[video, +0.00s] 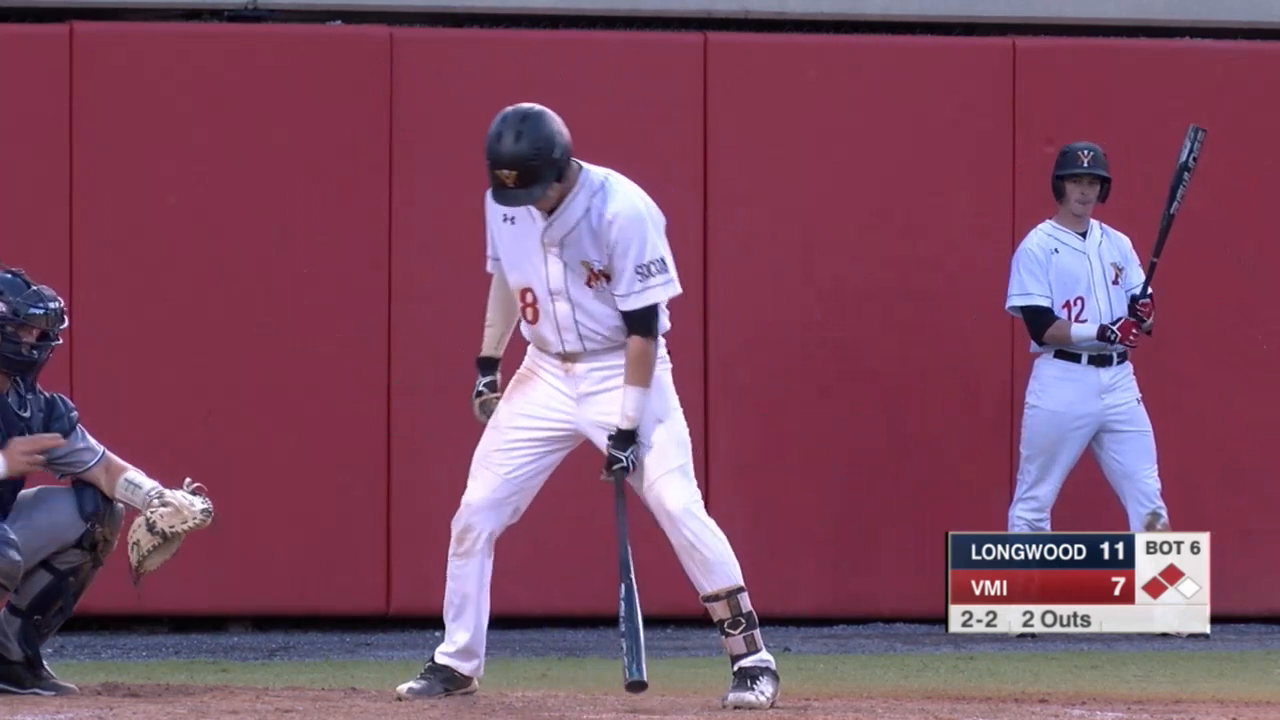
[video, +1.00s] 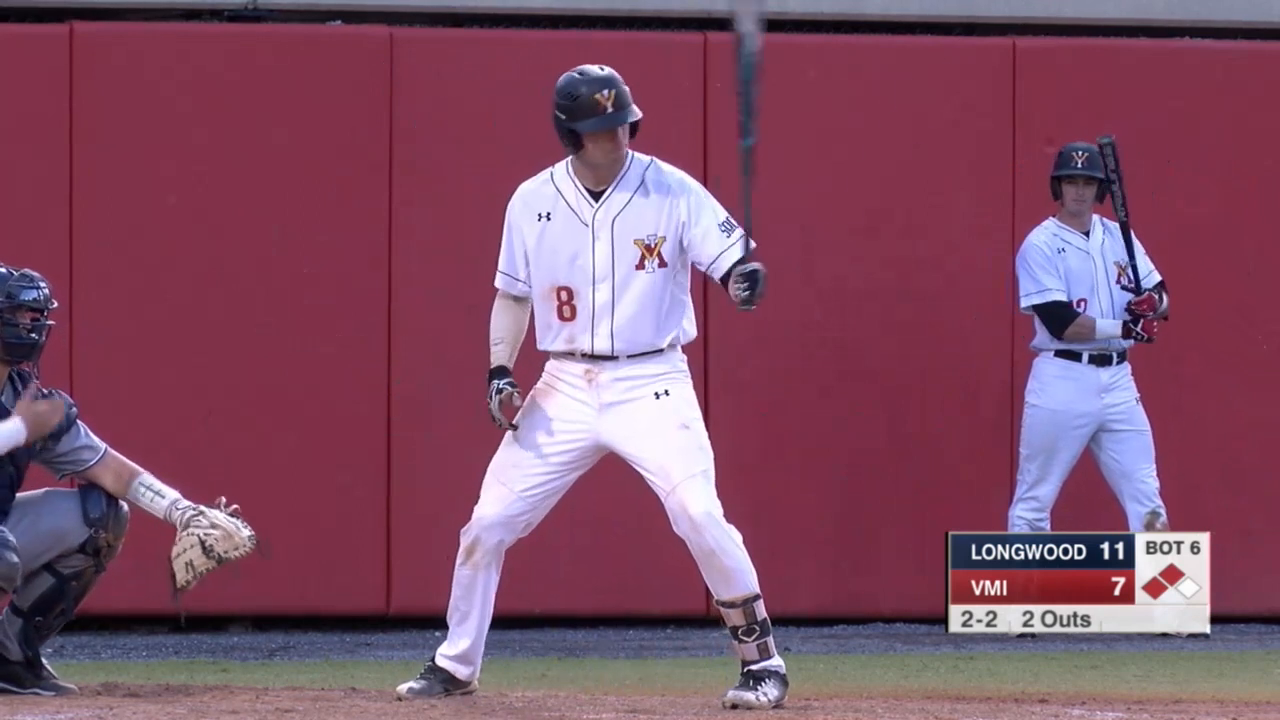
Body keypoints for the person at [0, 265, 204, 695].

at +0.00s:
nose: (30, 339)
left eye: (38, 331)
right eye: (20, 327)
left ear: (48, 336)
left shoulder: (39, 408)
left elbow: (106, 469)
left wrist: (159, 498)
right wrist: (4, 463)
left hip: (6, 535)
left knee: (94, 510)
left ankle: (14, 650)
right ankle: (11, 651)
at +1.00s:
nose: (29, 325)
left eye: (34, 315)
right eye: (17, 314)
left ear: (41, 321)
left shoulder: (23, 395)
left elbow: (107, 466)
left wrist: (183, 512)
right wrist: (21, 427)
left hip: (5, 528)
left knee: (98, 515)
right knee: (8, 561)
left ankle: (14, 651)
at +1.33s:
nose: (30, 322)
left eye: (36, 312)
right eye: (19, 311)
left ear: (43, 318)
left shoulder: (33, 401)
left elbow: (106, 469)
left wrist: (188, 531)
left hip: (9, 528)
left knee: (97, 513)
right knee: (7, 563)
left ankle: (14, 652)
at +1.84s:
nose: (32, 322)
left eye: (38, 312)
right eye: (19, 311)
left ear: (47, 317)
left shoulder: (37, 404)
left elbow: (115, 474)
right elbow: (8, 511)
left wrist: (191, 536)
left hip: (3, 527)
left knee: (100, 514)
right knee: (6, 558)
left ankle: (13, 652)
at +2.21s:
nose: (30, 319)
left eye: (34, 310)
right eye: (17, 309)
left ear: (39, 316)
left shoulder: (36, 402)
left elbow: (99, 463)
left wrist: (172, 512)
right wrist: (6, 474)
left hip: (4, 531)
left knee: (98, 515)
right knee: (5, 561)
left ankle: (12, 651)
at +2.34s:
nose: (28, 318)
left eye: (33, 308)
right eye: (17, 308)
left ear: (41, 314)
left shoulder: (39, 396)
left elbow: (93, 456)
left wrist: (156, 485)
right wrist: (31, 473)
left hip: (10, 525)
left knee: (98, 510)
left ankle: (16, 649)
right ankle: (11, 650)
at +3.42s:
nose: (41, 338)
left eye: (45, 328)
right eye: (28, 329)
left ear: (53, 331)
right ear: (2, 337)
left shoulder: (41, 400)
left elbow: (77, 450)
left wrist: (101, 474)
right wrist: (39, 511)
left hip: (7, 534)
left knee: (87, 507)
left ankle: (14, 650)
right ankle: (11, 650)